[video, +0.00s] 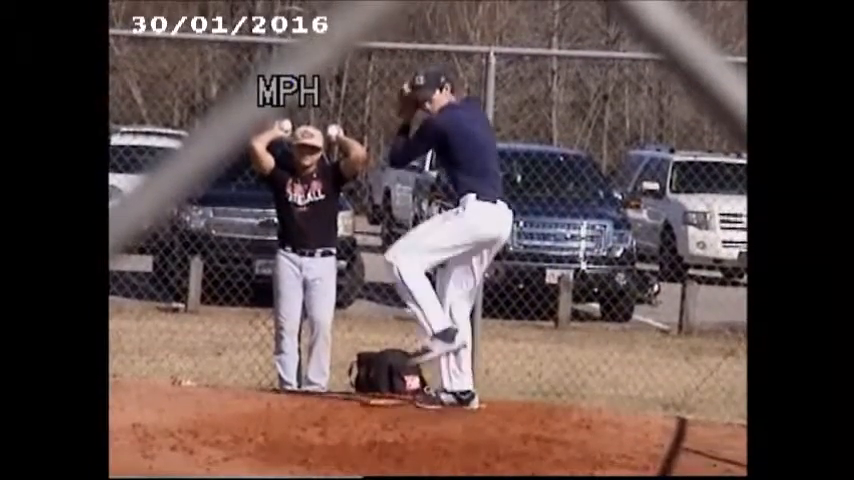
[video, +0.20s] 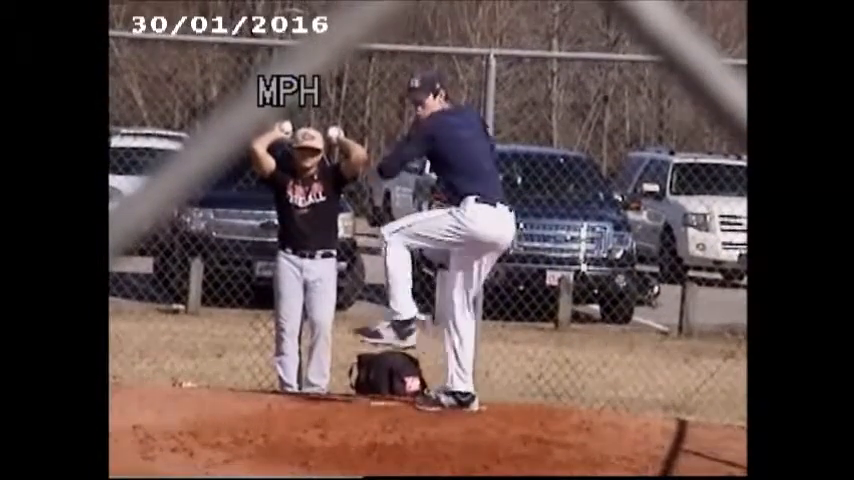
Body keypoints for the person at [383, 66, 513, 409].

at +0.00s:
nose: (424, 106)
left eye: (426, 100)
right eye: (421, 101)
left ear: (444, 90)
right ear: (448, 91)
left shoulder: (438, 122)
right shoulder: (474, 110)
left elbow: (398, 158)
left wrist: (406, 119)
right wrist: (420, 106)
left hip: (475, 212)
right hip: (499, 215)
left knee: (402, 255)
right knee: (457, 299)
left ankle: (440, 329)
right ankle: (459, 387)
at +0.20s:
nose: (416, 110)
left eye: (420, 103)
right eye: (414, 104)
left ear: (440, 97)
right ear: (444, 99)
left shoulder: (431, 127)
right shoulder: (472, 118)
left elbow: (388, 168)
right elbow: (484, 162)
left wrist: (411, 133)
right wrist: (450, 192)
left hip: (472, 216)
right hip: (503, 221)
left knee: (394, 236)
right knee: (458, 303)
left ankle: (402, 320)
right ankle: (460, 389)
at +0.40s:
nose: (424, 130)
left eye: (429, 124)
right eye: (421, 124)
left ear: (446, 124)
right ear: (446, 128)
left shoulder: (440, 151)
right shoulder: (465, 153)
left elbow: (397, 161)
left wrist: (355, 170)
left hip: (471, 241)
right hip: (498, 248)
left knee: (396, 284)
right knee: (435, 311)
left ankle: (348, 358)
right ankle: (457, 392)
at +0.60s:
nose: (416, 136)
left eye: (422, 131)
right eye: (415, 130)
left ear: (439, 131)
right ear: (443, 134)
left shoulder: (427, 158)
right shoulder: (468, 159)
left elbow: (397, 154)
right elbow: (498, 178)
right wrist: (476, 164)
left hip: (457, 258)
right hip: (478, 263)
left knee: (394, 308)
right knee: (422, 324)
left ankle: (369, 381)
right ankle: (452, 389)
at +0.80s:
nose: (444, 133)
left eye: (451, 129)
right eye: (446, 126)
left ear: (462, 135)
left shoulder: (458, 164)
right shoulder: (433, 160)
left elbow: (487, 206)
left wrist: (486, 252)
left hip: (437, 261)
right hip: (408, 259)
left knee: (414, 327)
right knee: (413, 331)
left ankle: (415, 416)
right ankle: (421, 392)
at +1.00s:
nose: (503, 207)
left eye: (508, 202)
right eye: (505, 199)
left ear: (496, 184)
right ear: (493, 180)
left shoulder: (484, 204)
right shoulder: (453, 181)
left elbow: (464, 240)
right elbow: (461, 232)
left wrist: (451, 264)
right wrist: (497, 265)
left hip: (427, 244)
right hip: (388, 239)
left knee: (420, 327)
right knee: (379, 320)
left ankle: (421, 417)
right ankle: (376, 375)